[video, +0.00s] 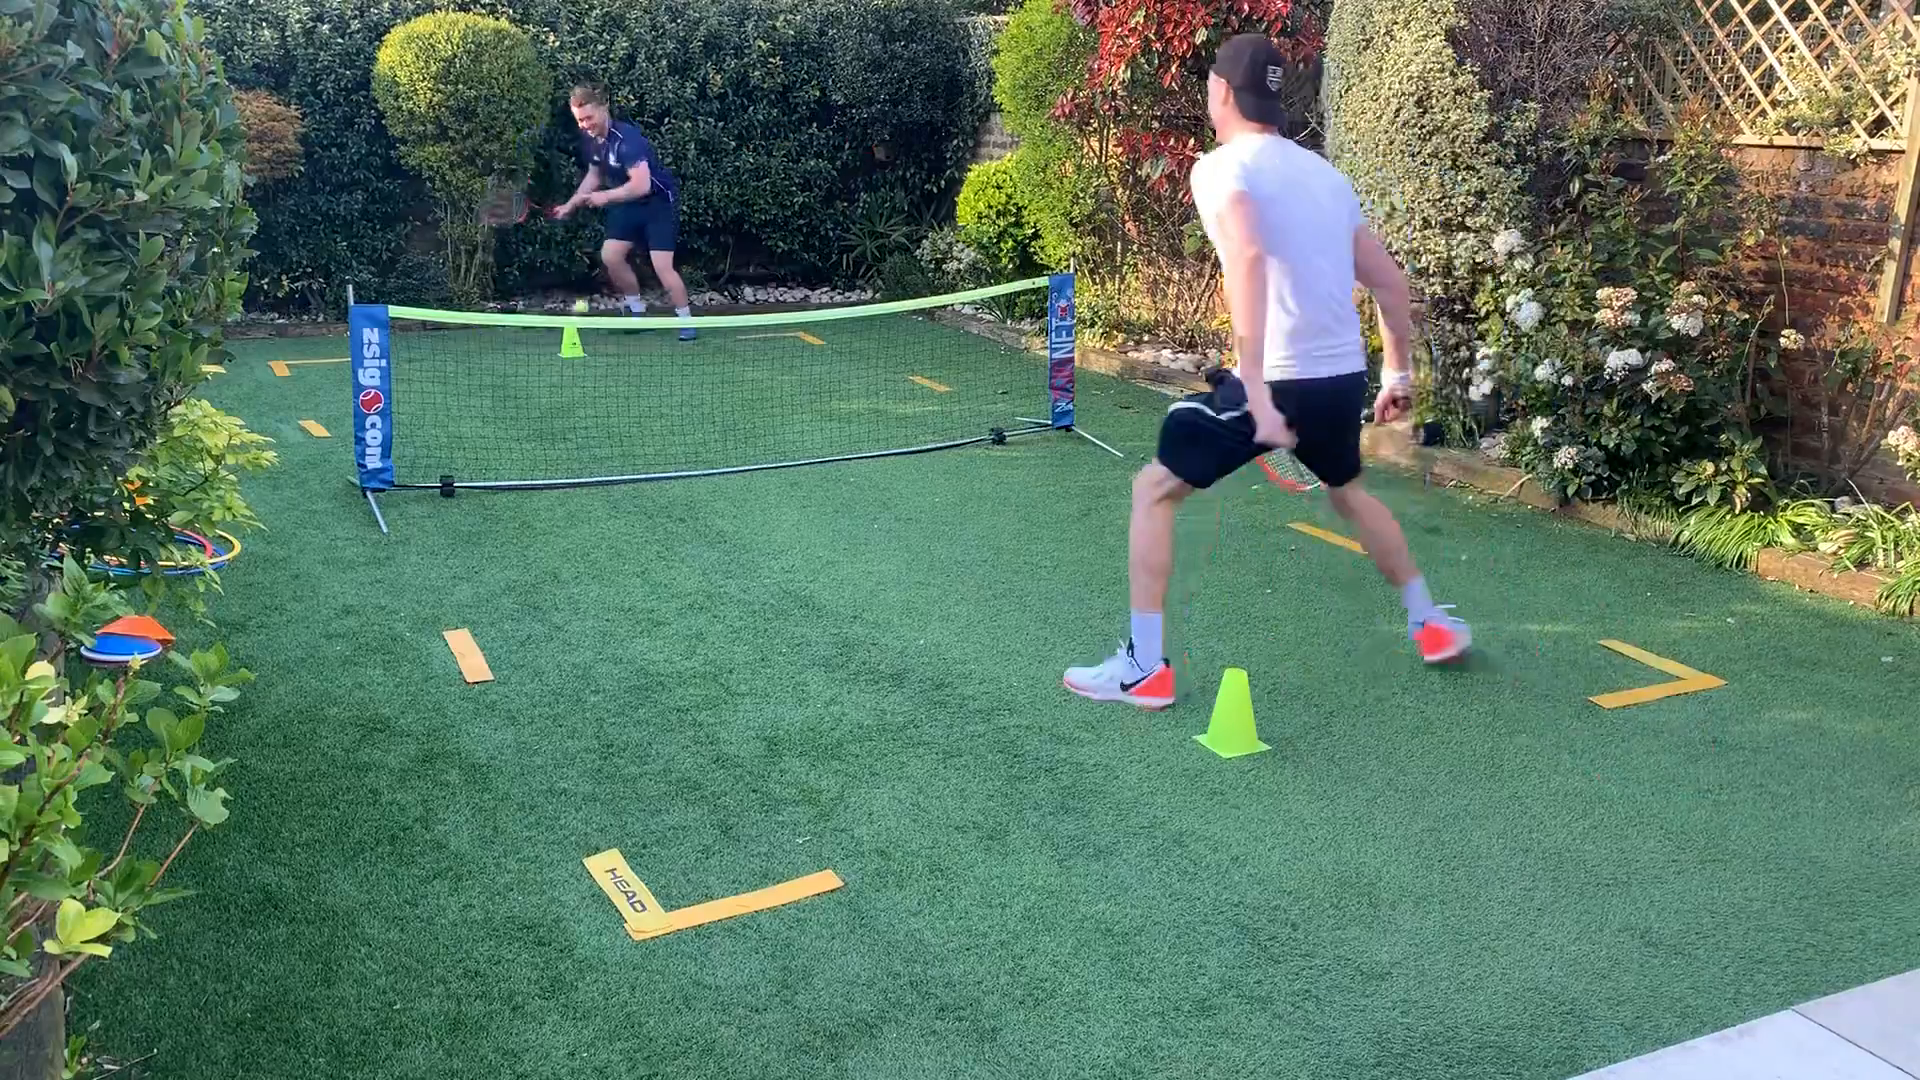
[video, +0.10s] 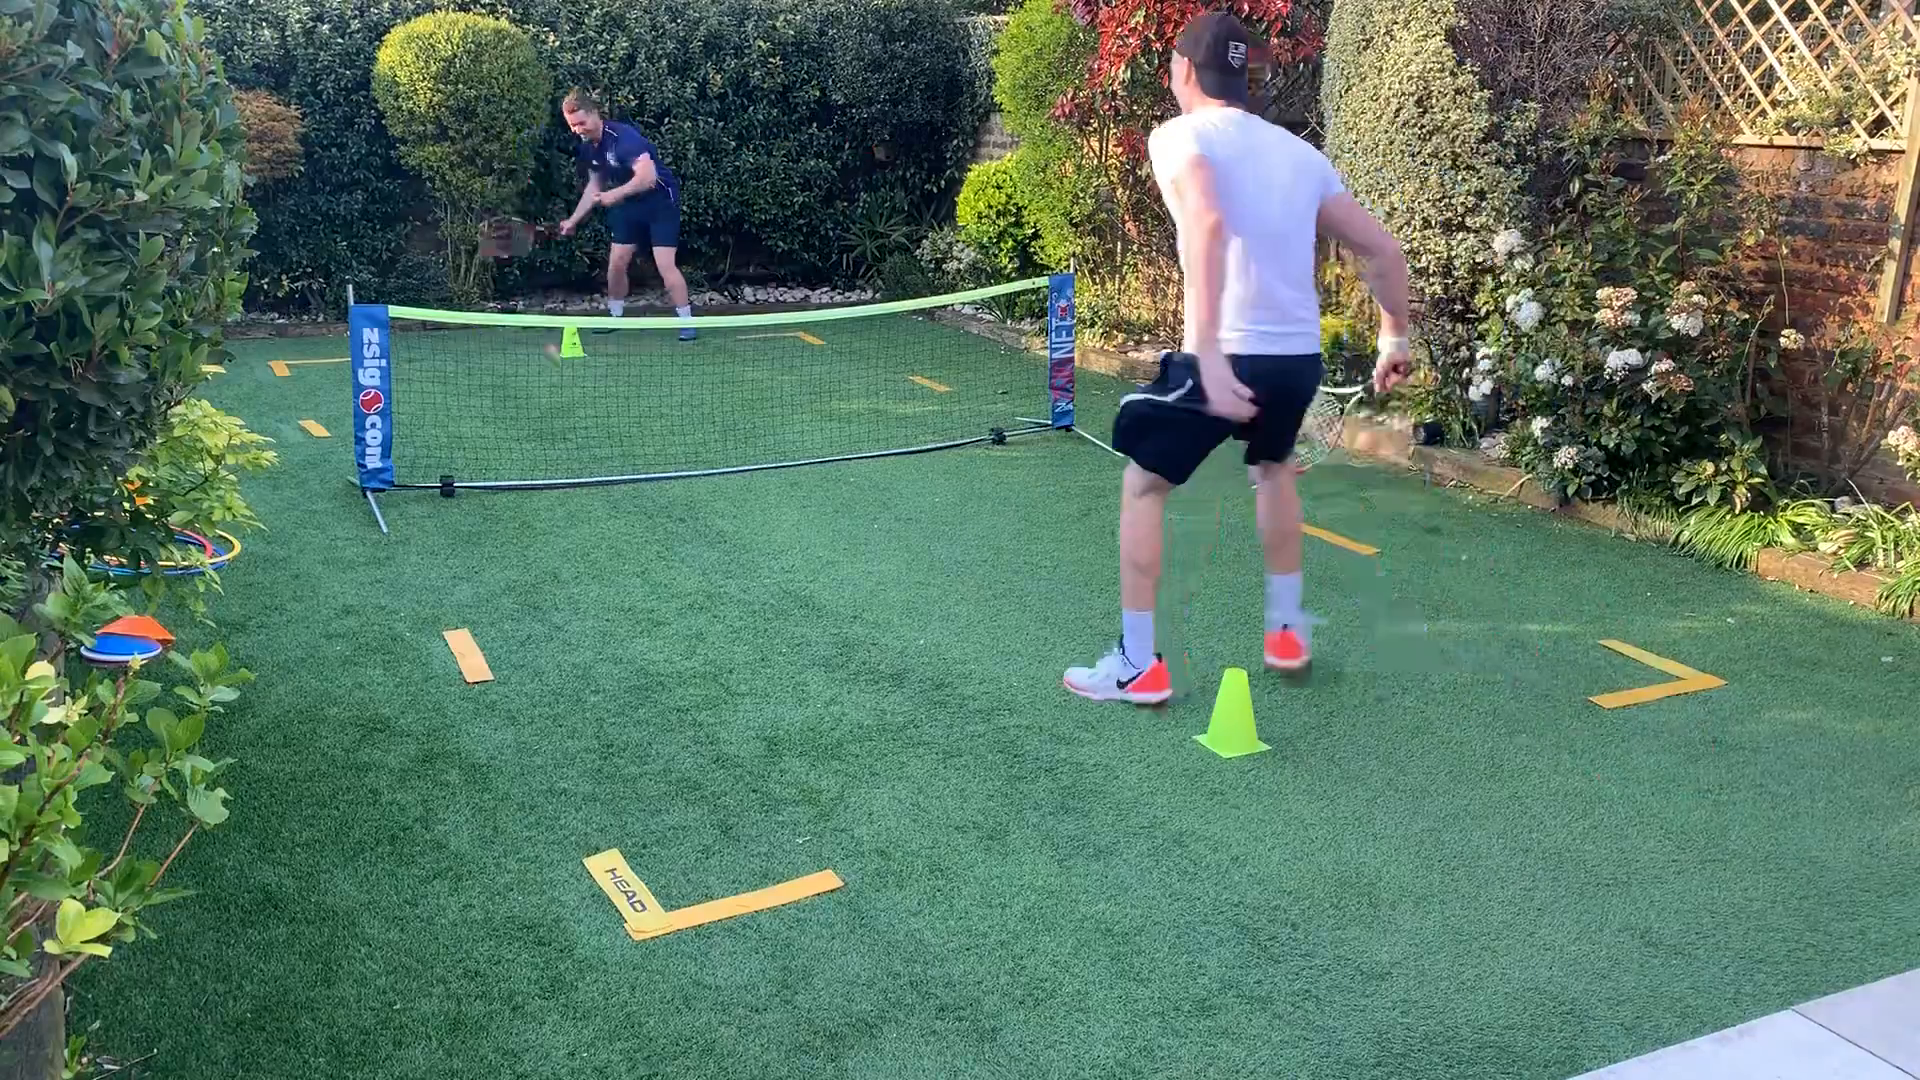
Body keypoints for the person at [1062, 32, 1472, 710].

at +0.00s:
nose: (1206, 96)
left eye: (1209, 85)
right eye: (1209, 84)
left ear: (1222, 92)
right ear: (1276, 93)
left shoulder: (1222, 165)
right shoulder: (1326, 173)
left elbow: (1246, 256)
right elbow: (1388, 279)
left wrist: (1253, 385)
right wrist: (1398, 370)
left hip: (1271, 385)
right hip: (1344, 382)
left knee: (1152, 490)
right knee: (1349, 491)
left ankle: (1143, 662)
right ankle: (1428, 618)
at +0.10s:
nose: (1172, 81)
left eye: (1174, 71)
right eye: (1175, 71)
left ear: (1185, 73)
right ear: (1247, 75)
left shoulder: (1179, 135)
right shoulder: (1298, 152)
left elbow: (1206, 221)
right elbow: (1380, 246)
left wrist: (1207, 351)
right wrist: (1396, 334)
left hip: (1217, 357)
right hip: (1299, 363)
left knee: (1144, 484)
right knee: (1274, 467)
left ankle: (1137, 660)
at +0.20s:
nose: (1145, 67)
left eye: (1146, 55)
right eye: (1148, 55)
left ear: (1159, 57)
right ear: (1220, 64)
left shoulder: (1156, 121)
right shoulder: (1277, 137)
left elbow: (1137, 235)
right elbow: (1371, 223)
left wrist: (1094, 349)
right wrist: (1382, 318)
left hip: (1198, 340)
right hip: (1276, 349)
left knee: (1111, 476)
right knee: (1194, 465)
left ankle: (1081, 646)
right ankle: (1164, 629)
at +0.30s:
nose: (1129, 71)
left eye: (1130, 60)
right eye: (1133, 59)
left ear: (1140, 64)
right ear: (1203, 71)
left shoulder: (1134, 146)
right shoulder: (1256, 155)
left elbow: (1062, 275)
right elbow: (1351, 246)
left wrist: (996, 356)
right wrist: (1360, 350)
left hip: (1162, 362)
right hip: (1238, 375)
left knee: (1052, 500)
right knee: (1136, 503)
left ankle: (1028, 688)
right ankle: (1102, 678)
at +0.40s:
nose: (1119, 79)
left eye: (1122, 68)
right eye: (1124, 67)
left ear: (1132, 79)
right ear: (1201, 88)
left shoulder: (1117, 162)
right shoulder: (1238, 182)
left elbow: (1036, 291)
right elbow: (1310, 293)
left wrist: (992, 340)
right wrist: (1316, 398)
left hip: (1128, 393)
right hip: (1205, 404)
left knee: (1012, 541)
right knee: (1122, 514)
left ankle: (1015, 707)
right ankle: (1099, 681)